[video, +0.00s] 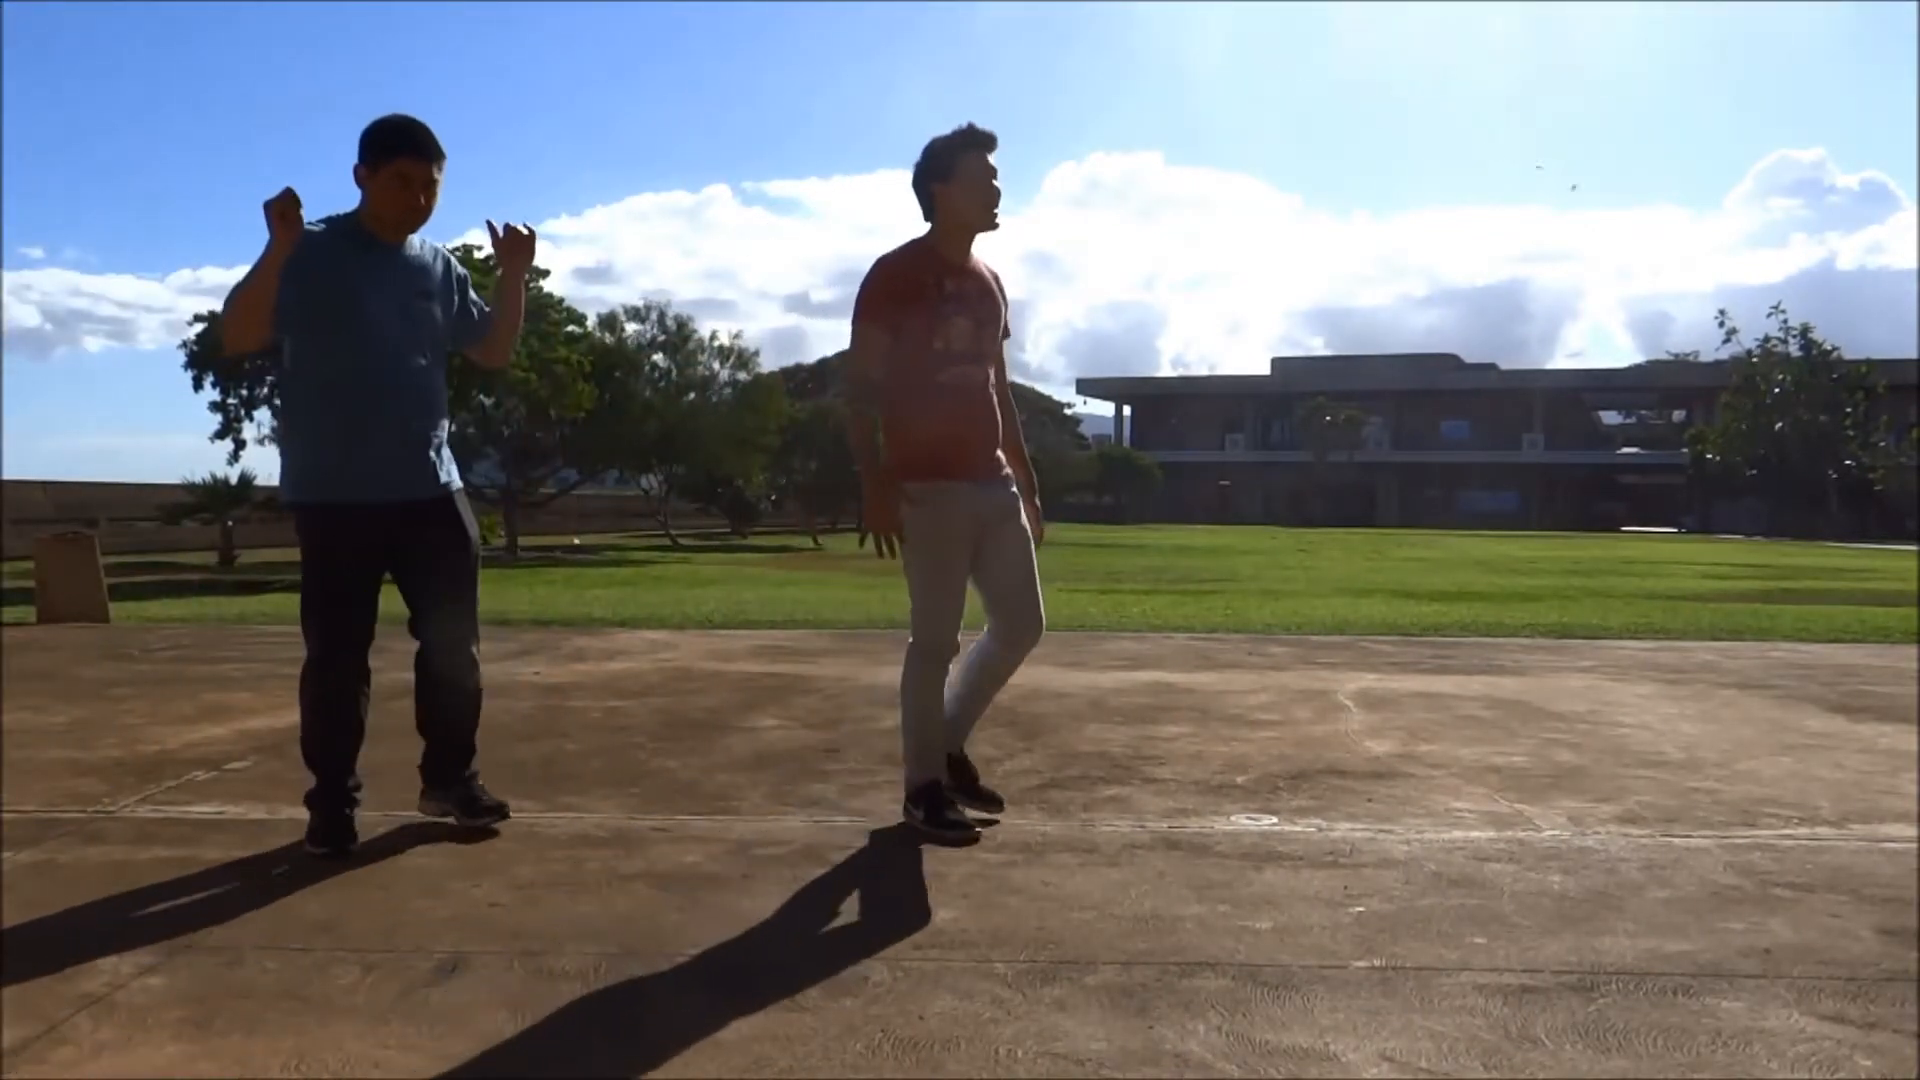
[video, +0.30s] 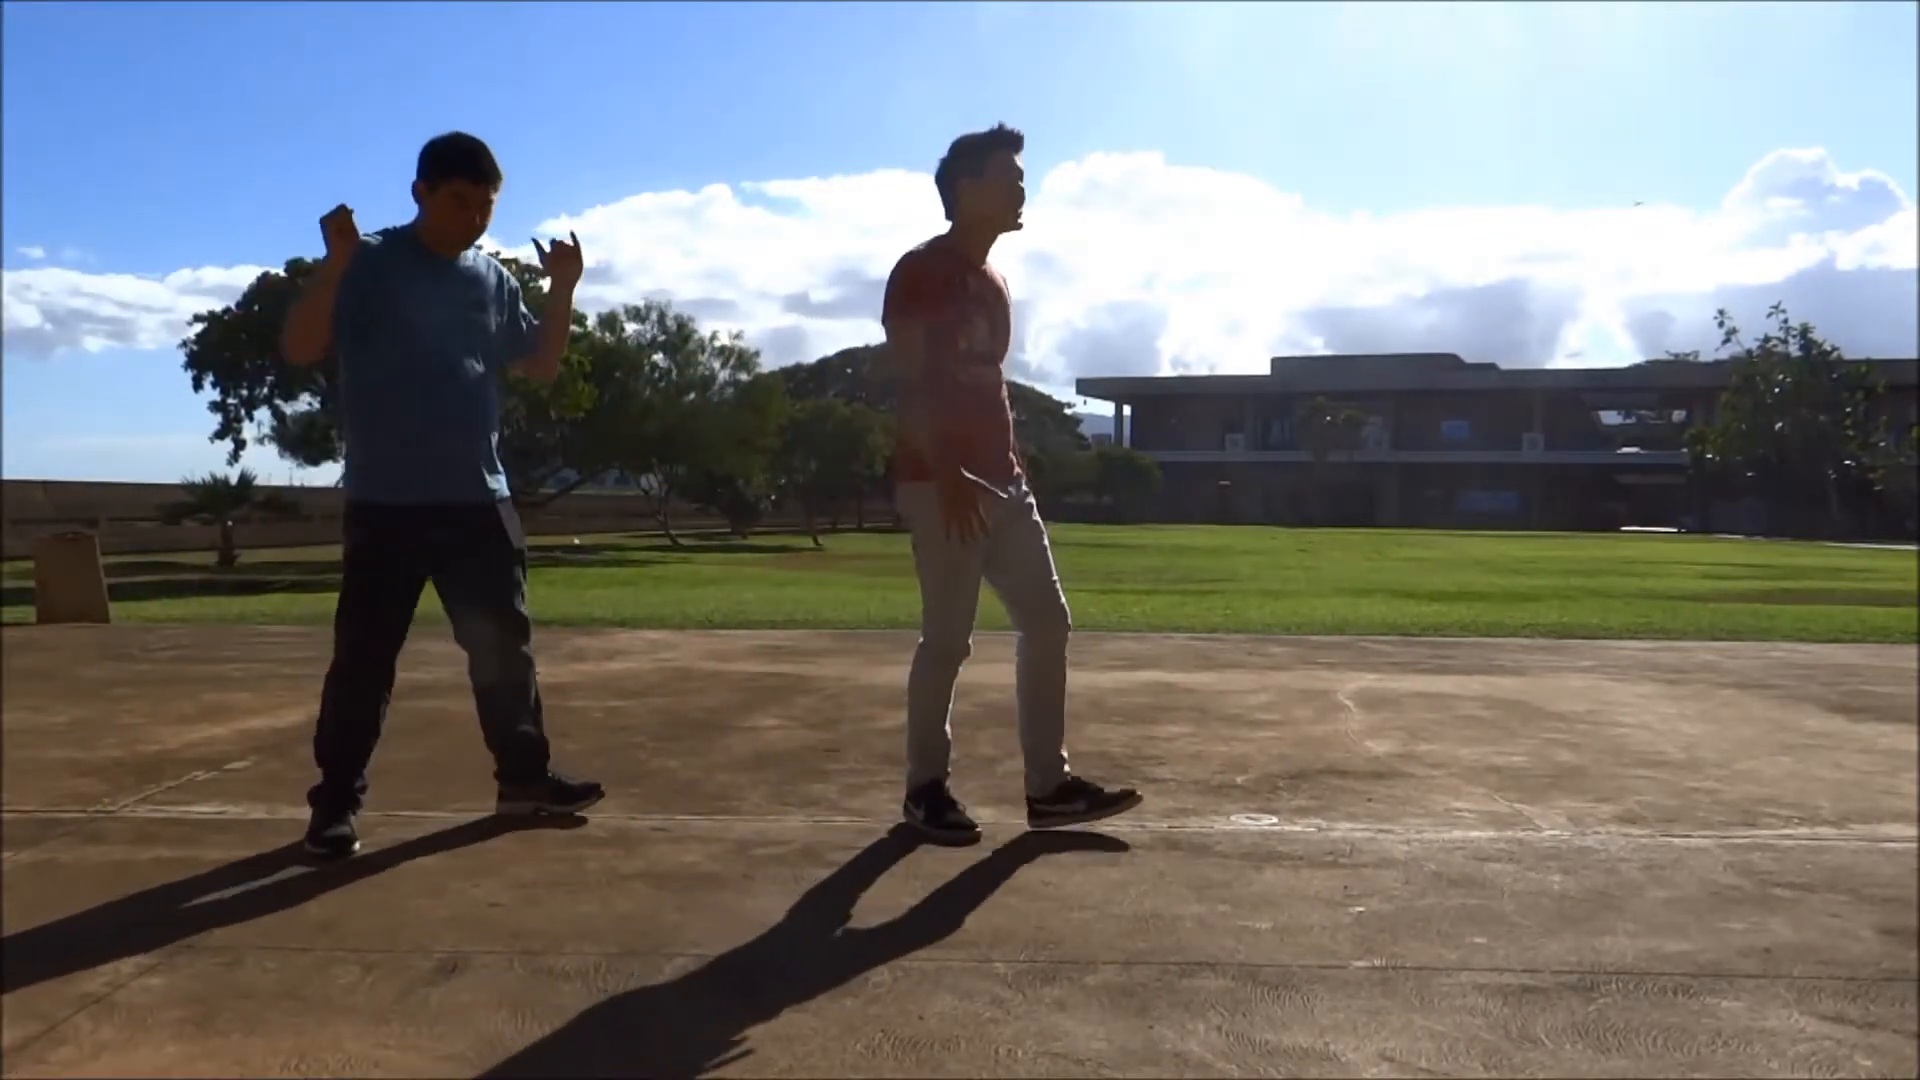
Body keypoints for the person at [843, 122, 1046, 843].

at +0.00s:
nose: (999, 188)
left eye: (995, 175)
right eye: (984, 176)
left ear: (969, 191)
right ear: (939, 190)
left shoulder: (987, 282)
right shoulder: (892, 275)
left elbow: (998, 392)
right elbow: (859, 390)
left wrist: (1028, 485)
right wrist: (873, 487)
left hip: (994, 486)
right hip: (929, 489)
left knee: (1020, 624)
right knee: (934, 640)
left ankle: (944, 745)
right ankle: (924, 789)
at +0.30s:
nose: (1023, 189)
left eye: (1021, 176)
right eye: (1010, 176)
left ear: (992, 190)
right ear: (966, 188)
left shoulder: (993, 287)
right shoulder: (919, 273)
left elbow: (990, 390)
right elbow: (912, 388)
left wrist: (1014, 467)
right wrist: (947, 471)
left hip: (999, 479)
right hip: (938, 482)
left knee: (1046, 621)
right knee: (946, 639)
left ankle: (1049, 784)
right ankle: (925, 790)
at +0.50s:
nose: (1048, 188)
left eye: (1043, 175)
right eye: (1035, 176)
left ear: (1011, 191)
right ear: (996, 191)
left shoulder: (1005, 285)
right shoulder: (951, 271)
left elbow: (1001, 391)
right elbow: (941, 388)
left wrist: (1018, 474)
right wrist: (994, 471)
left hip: (1007, 478)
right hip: (956, 481)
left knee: (1046, 630)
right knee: (953, 638)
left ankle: (1081, 787)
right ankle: (926, 791)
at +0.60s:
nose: (1063, 190)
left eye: (1058, 178)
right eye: (1050, 179)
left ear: (1023, 192)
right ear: (1011, 191)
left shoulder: (1014, 283)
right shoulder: (969, 271)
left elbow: (1008, 390)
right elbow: (956, 385)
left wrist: (1028, 476)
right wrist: (1014, 474)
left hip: (1015, 480)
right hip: (967, 482)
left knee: (1046, 635)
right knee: (958, 638)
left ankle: (1082, 792)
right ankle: (925, 792)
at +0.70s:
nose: (1079, 191)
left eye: (1074, 179)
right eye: (1065, 179)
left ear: (1041, 194)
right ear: (1027, 191)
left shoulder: (1028, 287)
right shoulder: (987, 271)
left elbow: (1018, 389)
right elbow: (975, 381)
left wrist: (1041, 478)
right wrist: (1028, 473)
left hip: (1026, 483)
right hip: (979, 483)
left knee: (1053, 639)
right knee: (966, 638)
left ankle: (1088, 795)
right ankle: (925, 789)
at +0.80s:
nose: (1096, 193)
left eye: (1091, 180)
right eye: (1082, 181)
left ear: (1054, 197)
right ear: (1045, 194)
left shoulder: (1042, 283)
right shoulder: (1009, 269)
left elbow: (1034, 390)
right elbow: (1001, 380)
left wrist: (1056, 485)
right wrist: (1047, 474)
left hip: (1037, 484)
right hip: (995, 484)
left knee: (1063, 640)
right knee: (974, 638)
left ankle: (1091, 799)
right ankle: (926, 788)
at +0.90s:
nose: (1114, 191)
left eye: (1109, 179)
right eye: (1100, 180)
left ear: (1076, 195)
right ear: (1064, 195)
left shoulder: (1062, 282)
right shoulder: (1025, 266)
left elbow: (1058, 388)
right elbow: (1021, 376)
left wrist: (1076, 480)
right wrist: (1066, 479)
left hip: (1057, 484)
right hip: (1013, 484)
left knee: (1075, 643)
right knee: (985, 639)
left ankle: (1093, 799)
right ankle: (928, 782)